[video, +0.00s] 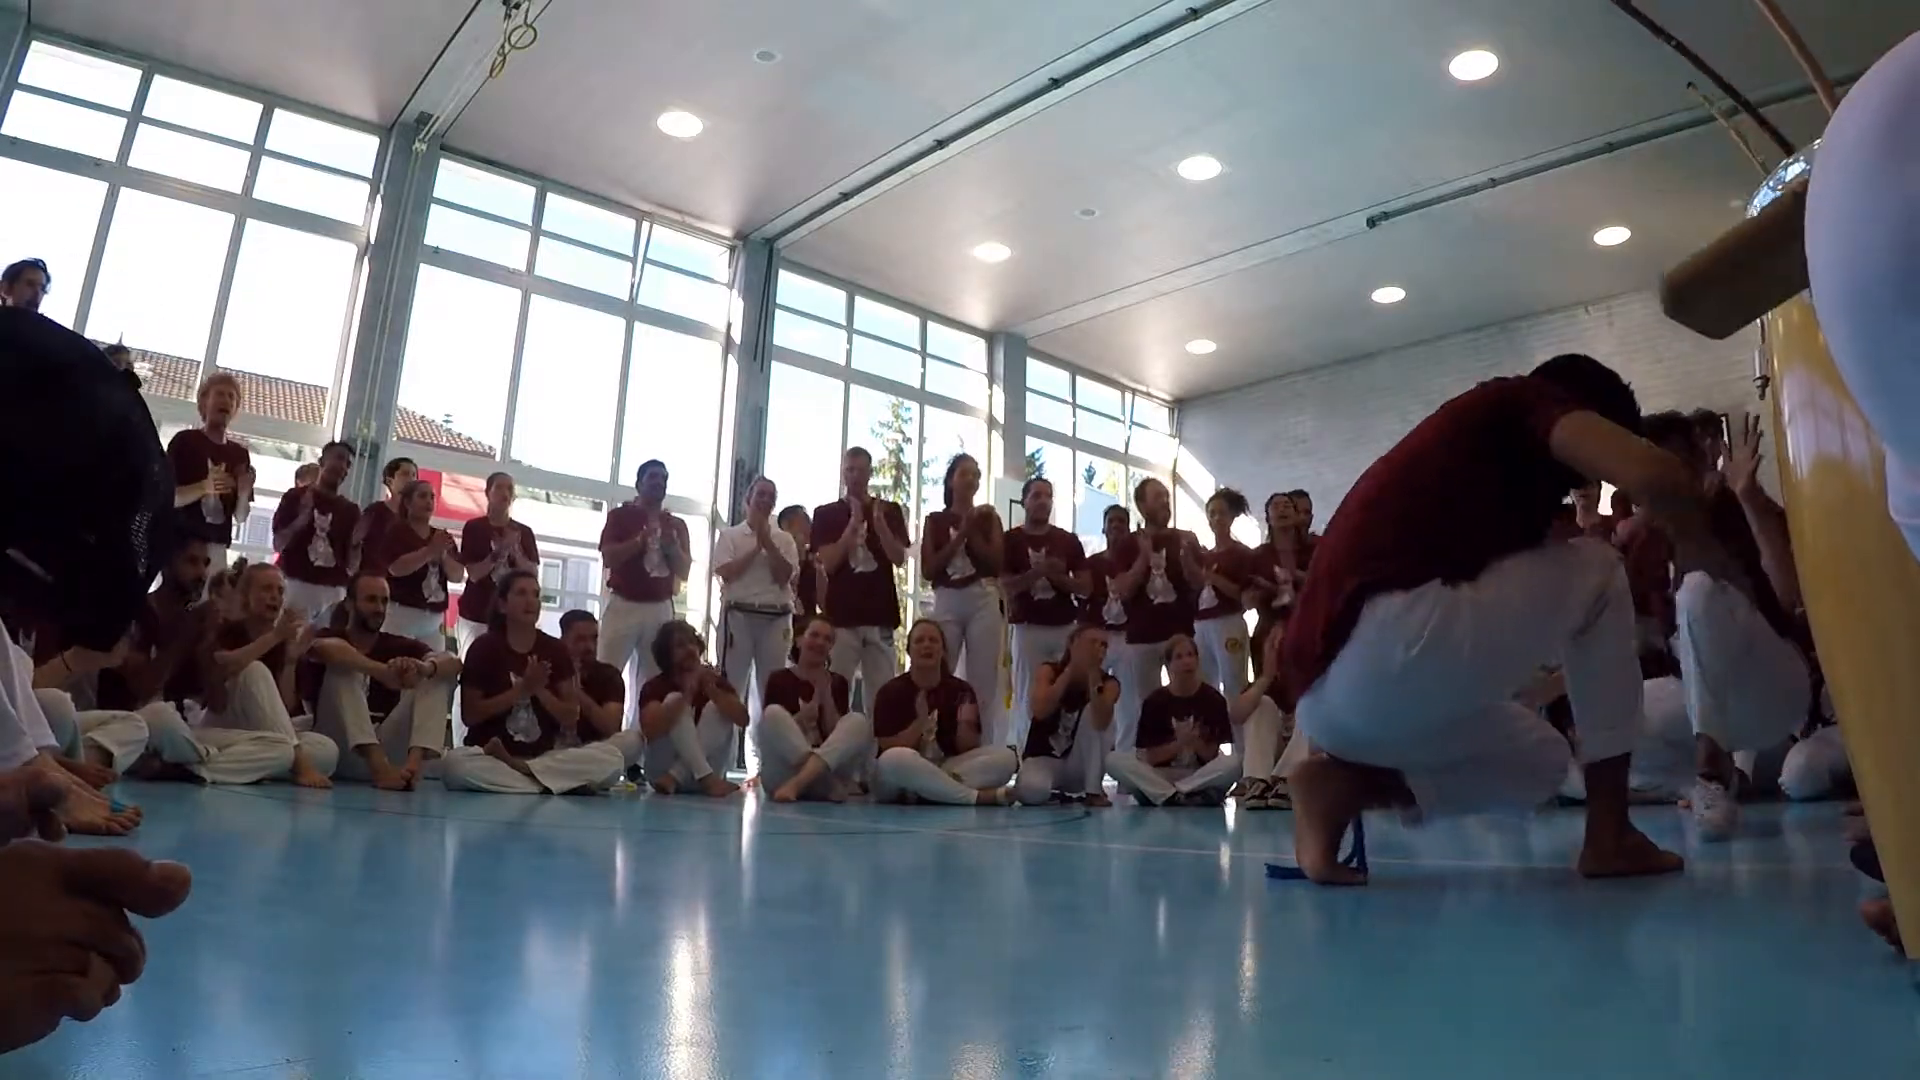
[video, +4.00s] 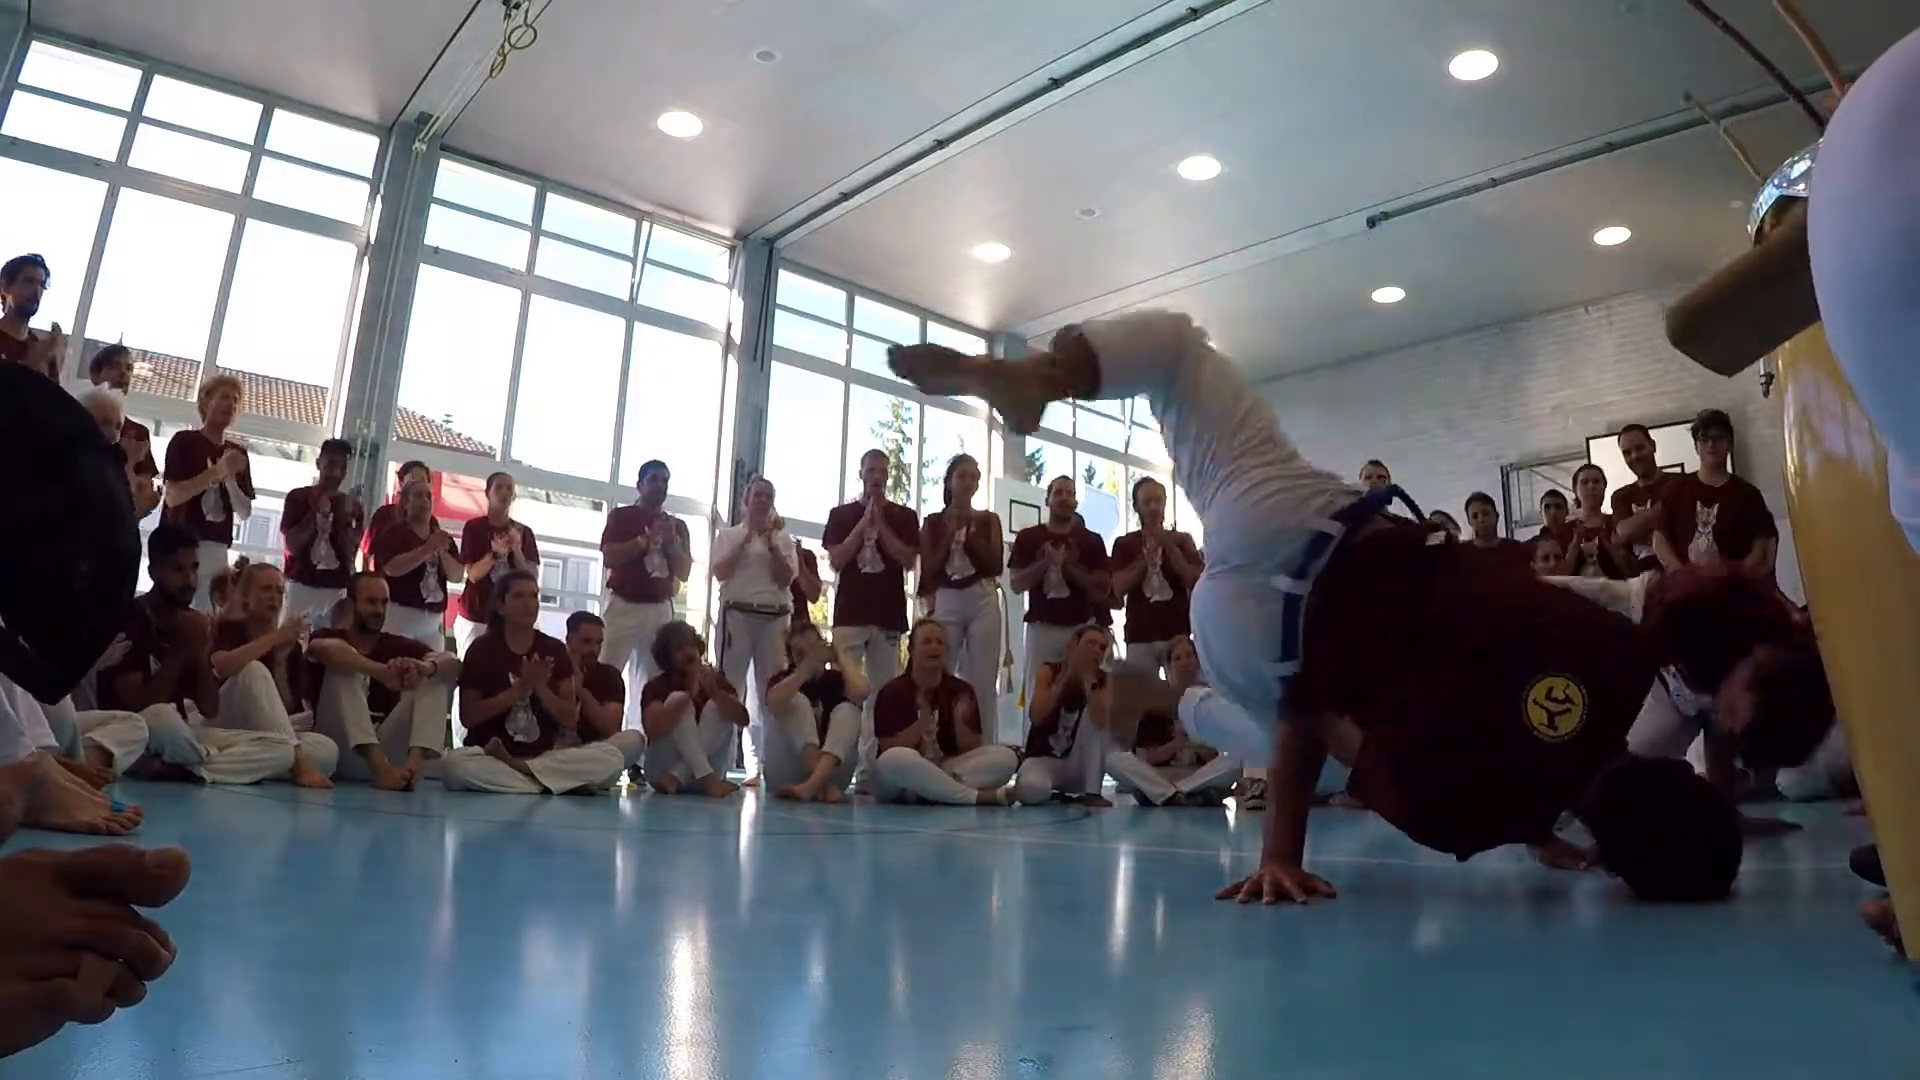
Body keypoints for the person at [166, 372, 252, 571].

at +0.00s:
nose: (226, 401)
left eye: (231, 396)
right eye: (219, 394)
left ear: (236, 407)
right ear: (202, 401)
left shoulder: (239, 454)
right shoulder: (184, 441)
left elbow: (241, 516)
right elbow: (164, 498)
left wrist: (244, 490)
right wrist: (203, 487)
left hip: (216, 546)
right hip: (178, 542)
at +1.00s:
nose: (228, 402)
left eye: (233, 399)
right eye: (222, 396)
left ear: (237, 410)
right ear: (203, 404)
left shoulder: (237, 455)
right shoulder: (183, 441)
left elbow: (240, 516)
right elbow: (166, 498)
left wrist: (233, 495)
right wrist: (213, 489)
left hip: (215, 548)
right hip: (177, 544)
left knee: (206, 621)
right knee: (170, 615)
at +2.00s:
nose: (229, 404)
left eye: (235, 401)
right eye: (223, 398)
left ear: (239, 410)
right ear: (204, 404)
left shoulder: (238, 456)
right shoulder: (184, 442)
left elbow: (244, 516)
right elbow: (171, 498)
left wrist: (229, 492)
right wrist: (213, 482)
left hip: (218, 548)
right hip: (181, 545)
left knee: (214, 621)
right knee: (173, 619)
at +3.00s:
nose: (233, 405)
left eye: (237, 401)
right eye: (226, 399)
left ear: (240, 409)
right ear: (207, 404)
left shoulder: (241, 452)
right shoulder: (186, 440)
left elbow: (246, 513)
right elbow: (172, 496)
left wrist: (241, 477)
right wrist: (212, 471)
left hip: (218, 547)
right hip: (181, 543)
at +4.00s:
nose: (229, 404)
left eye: (234, 400)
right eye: (223, 397)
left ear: (237, 408)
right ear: (205, 403)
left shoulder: (237, 453)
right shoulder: (183, 440)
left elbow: (245, 512)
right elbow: (172, 497)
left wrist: (230, 478)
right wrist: (218, 472)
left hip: (216, 546)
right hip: (179, 542)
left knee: (208, 618)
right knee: (171, 612)